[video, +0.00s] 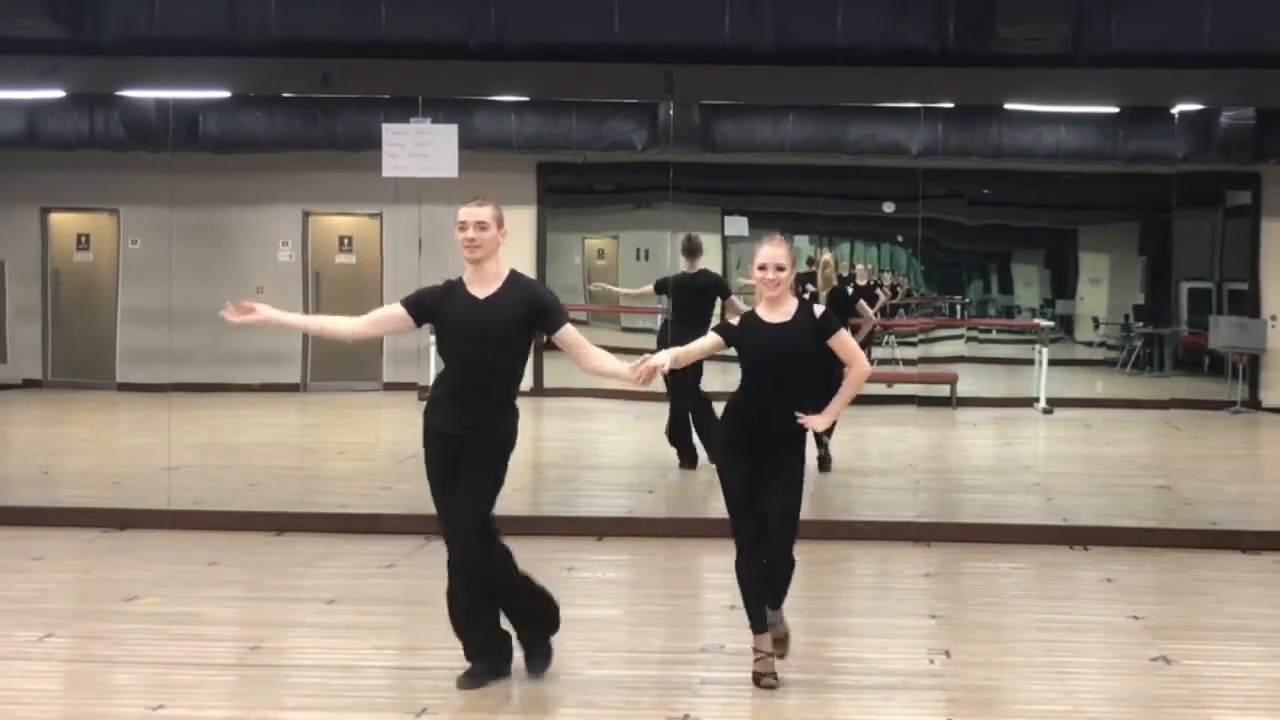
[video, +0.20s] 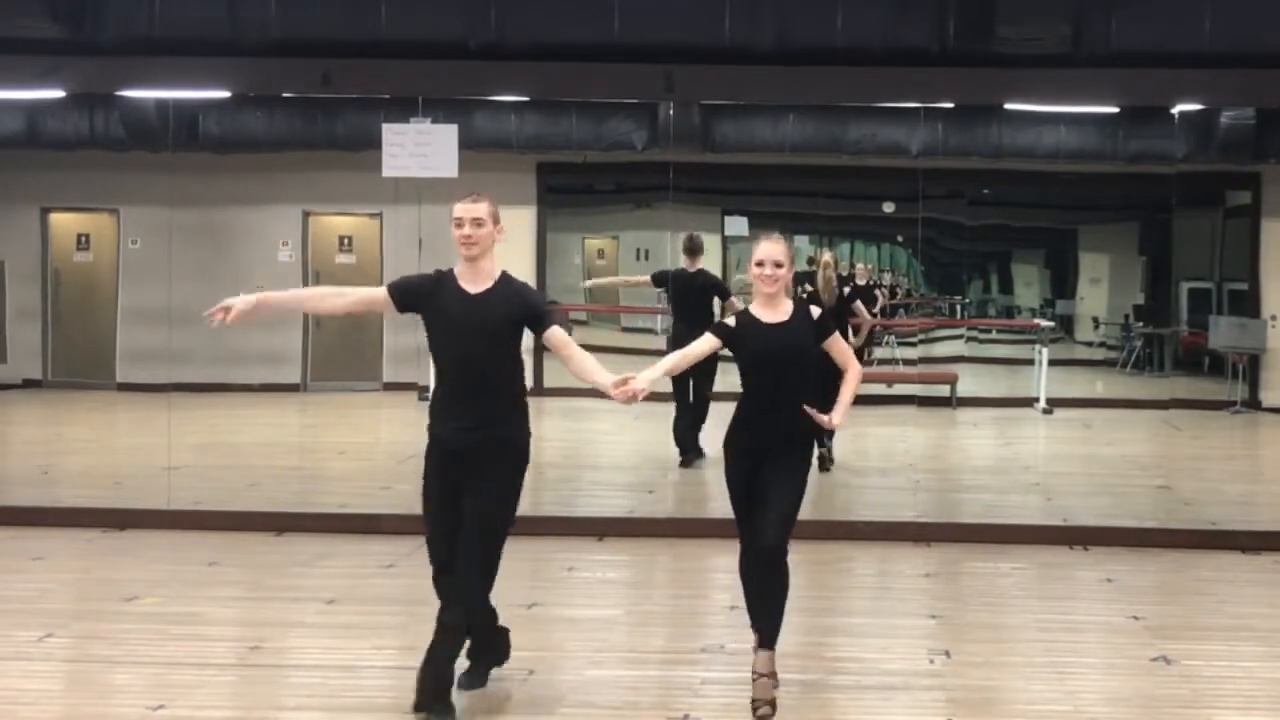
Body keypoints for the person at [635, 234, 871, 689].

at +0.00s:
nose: (771, 275)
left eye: (779, 268)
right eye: (763, 268)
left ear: (793, 272)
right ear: (752, 272)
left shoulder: (816, 318)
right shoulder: (741, 323)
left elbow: (860, 367)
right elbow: (688, 351)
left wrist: (828, 416)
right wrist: (660, 360)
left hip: (788, 441)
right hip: (740, 439)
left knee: (780, 543)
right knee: (748, 543)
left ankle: (774, 612)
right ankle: (760, 643)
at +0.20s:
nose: (767, 272)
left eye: (776, 265)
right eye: (760, 264)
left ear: (791, 271)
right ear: (749, 269)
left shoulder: (812, 318)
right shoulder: (737, 322)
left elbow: (852, 368)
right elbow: (684, 356)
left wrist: (836, 415)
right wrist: (644, 378)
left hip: (793, 444)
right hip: (744, 443)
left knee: (772, 547)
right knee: (753, 546)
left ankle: (765, 654)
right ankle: (764, 644)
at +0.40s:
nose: (769, 275)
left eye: (779, 268)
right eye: (762, 267)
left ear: (793, 274)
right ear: (749, 272)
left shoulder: (806, 326)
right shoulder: (728, 322)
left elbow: (854, 371)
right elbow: (673, 357)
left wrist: (833, 405)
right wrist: (638, 389)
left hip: (799, 453)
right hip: (749, 454)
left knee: (781, 558)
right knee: (751, 563)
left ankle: (767, 668)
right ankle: (773, 644)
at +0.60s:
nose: (768, 281)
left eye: (777, 273)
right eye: (760, 273)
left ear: (791, 277)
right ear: (748, 275)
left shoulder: (805, 328)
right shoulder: (726, 324)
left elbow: (858, 374)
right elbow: (673, 364)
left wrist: (819, 409)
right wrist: (649, 398)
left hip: (796, 455)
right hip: (745, 456)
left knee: (784, 561)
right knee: (753, 563)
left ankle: (769, 669)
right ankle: (755, 644)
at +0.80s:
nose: (764, 278)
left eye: (773, 270)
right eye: (756, 270)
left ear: (790, 272)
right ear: (745, 272)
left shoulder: (811, 320)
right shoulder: (733, 321)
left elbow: (855, 374)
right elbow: (681, 366)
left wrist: (815, 419)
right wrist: (650, 380)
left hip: (785, 451)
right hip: (734, 450)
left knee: (773, 561)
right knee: (738, 563)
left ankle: (769, 670)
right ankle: (744, 646)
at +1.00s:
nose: (761, 278)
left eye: (770, 270)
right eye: (753, 270)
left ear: (783, 272)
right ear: (740, 273)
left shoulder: (803, 315)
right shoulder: (725, 323)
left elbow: (851, 366)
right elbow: (668, 366)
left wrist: (812, 415)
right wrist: (646, 344)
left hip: (777, 449)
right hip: (726, 447)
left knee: (768, 557)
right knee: (732, 552)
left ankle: (765, 666)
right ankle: (742, 643)